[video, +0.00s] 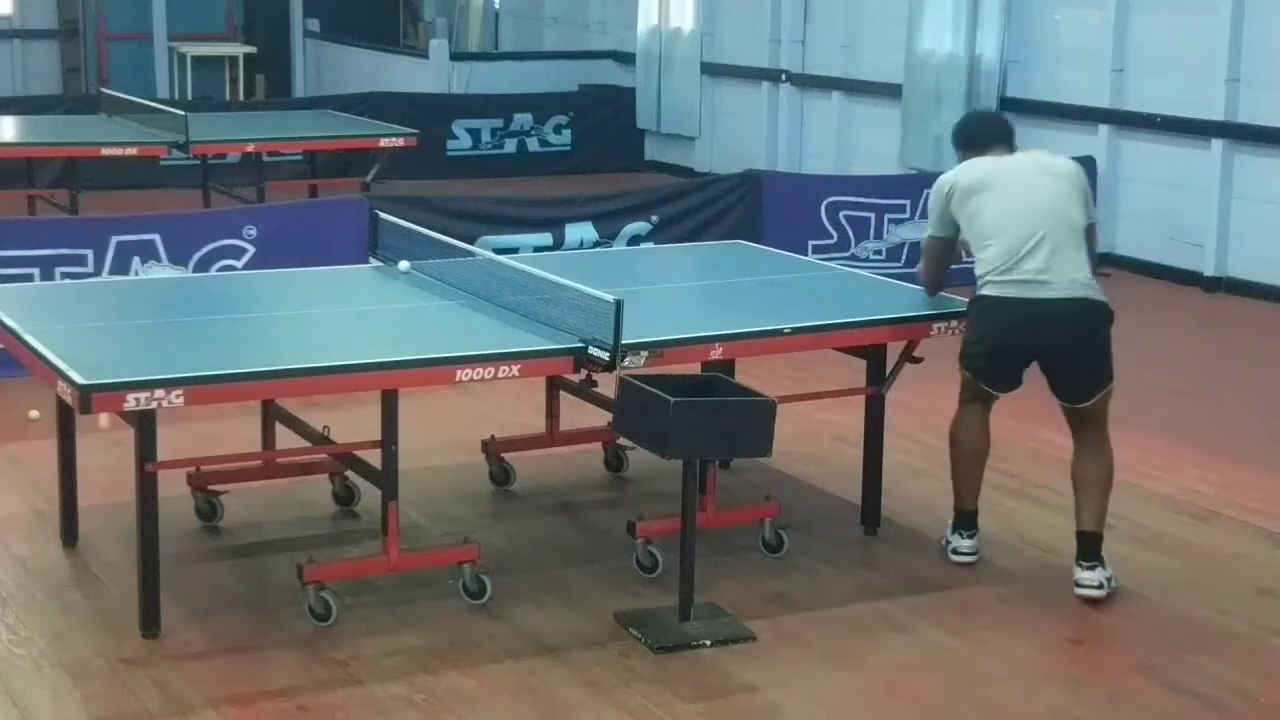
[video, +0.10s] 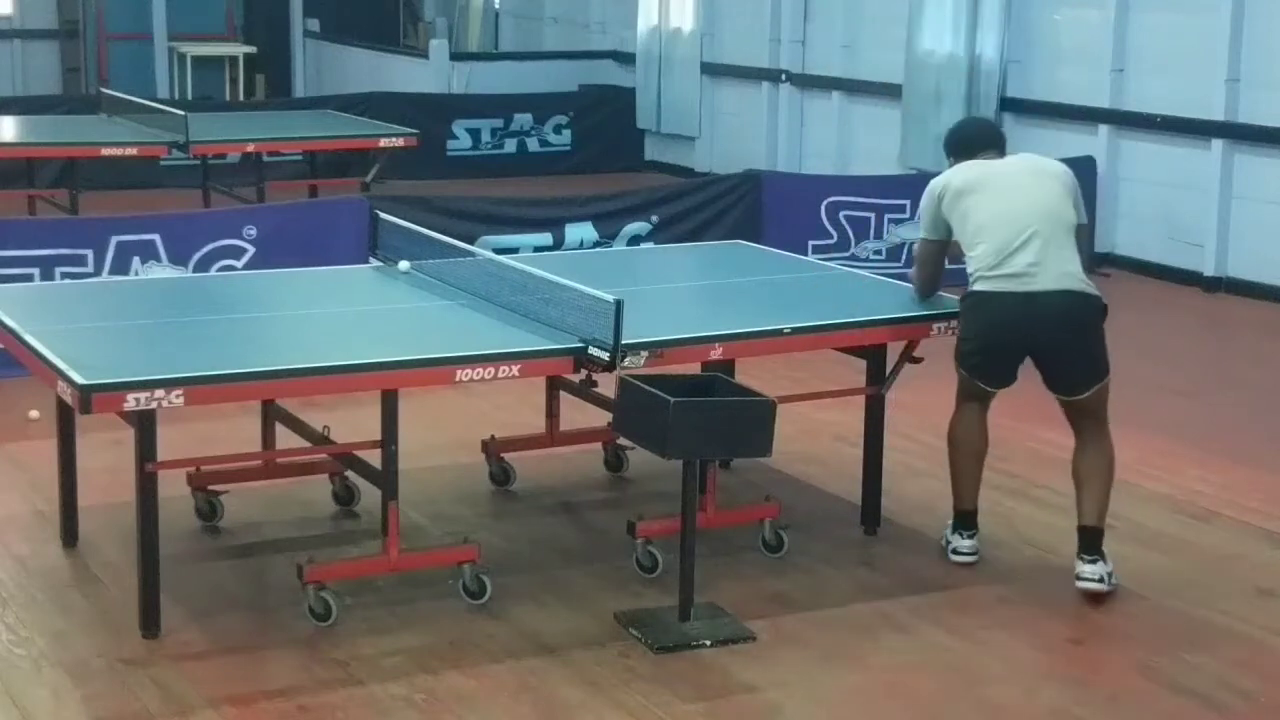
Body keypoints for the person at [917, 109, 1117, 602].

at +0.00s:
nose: (960, 164)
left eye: (959, 157)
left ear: (964, 153)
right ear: (1012, 141)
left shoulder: (953, 182)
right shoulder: (1068, 169)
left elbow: (932, 279)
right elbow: (1086, 251)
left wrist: (948, 250)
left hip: (1001, 315)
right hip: (1079, 316)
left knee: (974, 404)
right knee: (1090, 431)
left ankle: (964, 530)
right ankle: (1089, 563)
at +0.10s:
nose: (952, 169)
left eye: (950, 163)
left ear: (954, 159)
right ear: (1003, 148)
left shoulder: (945, 185)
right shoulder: (1056, 170)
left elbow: (925, 285)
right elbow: (1080, 255)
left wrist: (927, 277)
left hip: (992, 311)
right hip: (1071, 311)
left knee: (972, 402)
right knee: (1090, 425)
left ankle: (964, 531)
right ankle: (1091, 556)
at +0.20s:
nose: (951, 164)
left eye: (950, 157)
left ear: (953, 154)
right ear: (1002, 145)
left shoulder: (943, 181)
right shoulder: (1054, 166)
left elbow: (920, 283)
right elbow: (1081, 258)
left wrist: (920, 278)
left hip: (988, 307)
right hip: (1067, 305)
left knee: (970, 401)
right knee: (1095, 423)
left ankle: (964, 531)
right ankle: (1100, 556)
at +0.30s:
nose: (962, 148)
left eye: (961, 141)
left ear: (962, 138)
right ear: (1012, 133)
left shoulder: (948, 169)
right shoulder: (1062, 161)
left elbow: (922, 256)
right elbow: (1081, 253)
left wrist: (915, 256)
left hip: (986, 301)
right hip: (1062, 301)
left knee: (970, 400)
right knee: (1103, 425)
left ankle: (964, 530)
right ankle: (1123, 562)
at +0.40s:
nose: (973, 135)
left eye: (974, 127)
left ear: (976, 126)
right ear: (1028, 123)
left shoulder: (956, 158)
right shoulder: (1072, 159)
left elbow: (913, 219)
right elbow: (1088, 253)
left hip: (986, 298)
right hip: (1063, 301)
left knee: (973, 401)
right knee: (1110, 428)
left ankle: (964, 531)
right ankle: (1139, 571)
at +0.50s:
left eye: (1001, 108)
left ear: (999, 114)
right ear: (1050, 116)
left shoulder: (972, 147)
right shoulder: (1083, 157)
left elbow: (913, 179)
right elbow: (1103, 262)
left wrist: (929, 131)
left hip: (991, 296)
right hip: (1068, 300)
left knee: (976, 401)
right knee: (1116, 431)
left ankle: (964, 531)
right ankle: (1141, 577)